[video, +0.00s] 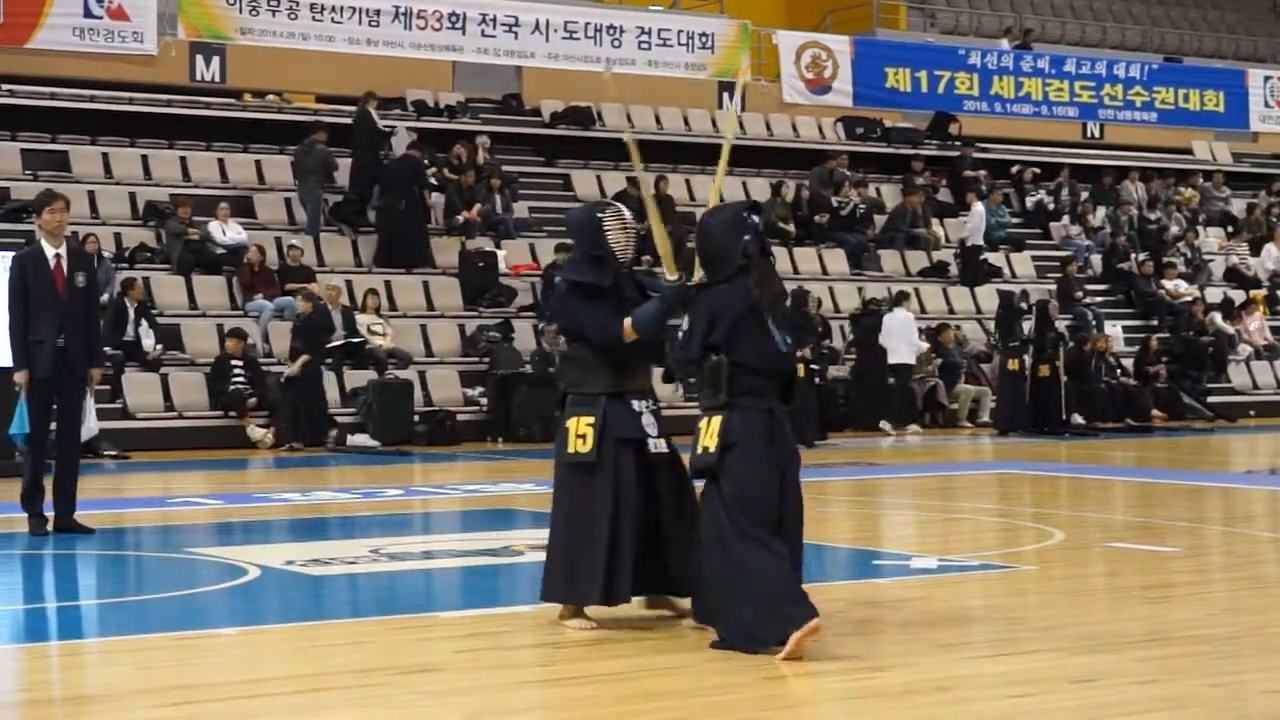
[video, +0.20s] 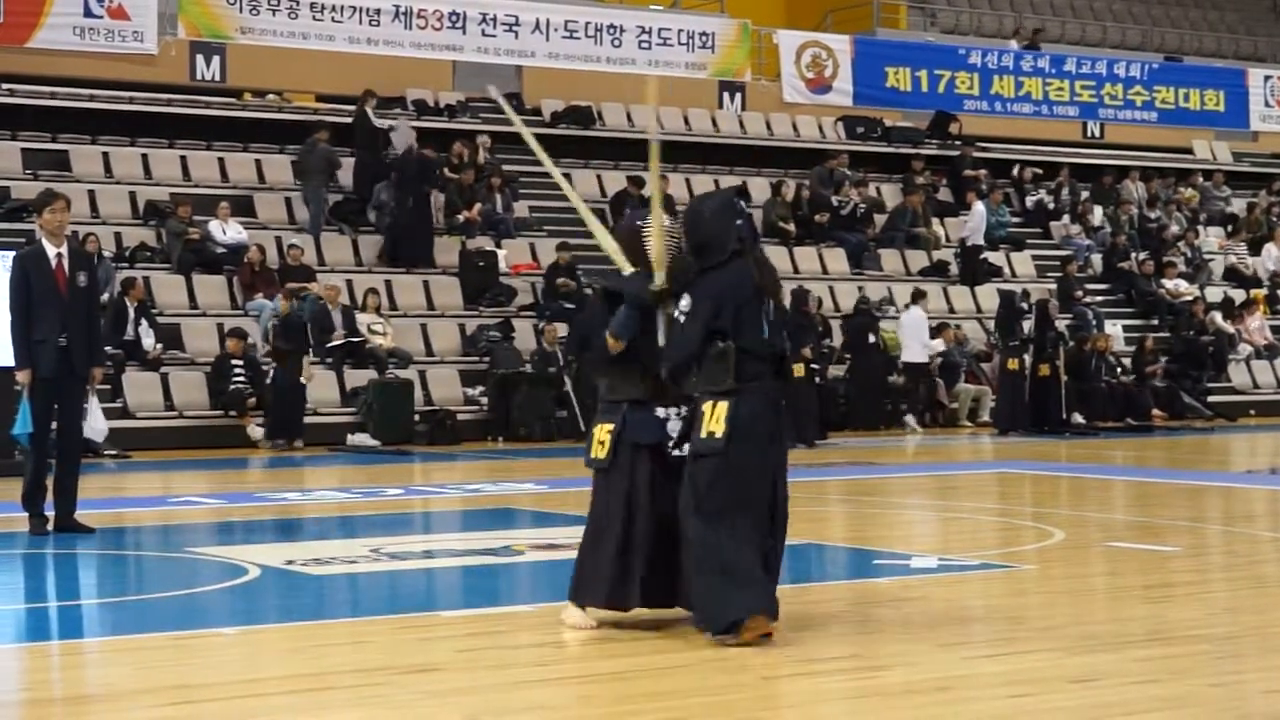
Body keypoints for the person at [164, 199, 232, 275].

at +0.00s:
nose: (185, 210)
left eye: (188, 208)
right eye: (182, 208)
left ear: (191, 210)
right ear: (176, 210)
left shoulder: (195, 223)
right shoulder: (171, 223)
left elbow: (206, 235)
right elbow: (178, 230)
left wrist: (196, 236)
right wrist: (197, 232)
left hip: (200, 250)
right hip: (182, 251)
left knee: (215, 262)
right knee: (186, 263)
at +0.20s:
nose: (186, 210)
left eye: (188, 207)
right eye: (182, 206)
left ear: (191, 209)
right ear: (176, 209)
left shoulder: (194, 223)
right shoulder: (171, 222)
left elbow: (206, 234)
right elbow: (178, 230)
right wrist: (197, 231)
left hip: (200, 250)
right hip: (182, 250)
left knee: (216, 260)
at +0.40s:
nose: (186, 210)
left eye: (188, 207)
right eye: (183, 207)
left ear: (191, 209)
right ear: (177, 209)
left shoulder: (195, 223)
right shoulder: (172, 222)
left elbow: (206, 234)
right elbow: (178, 230)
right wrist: (197, 231)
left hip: (201, 250)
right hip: (183, 251)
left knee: (216, 260)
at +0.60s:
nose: (186, 210)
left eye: (188, 207)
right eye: (183, 207)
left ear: (191, 210)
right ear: (176, 210)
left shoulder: (194, 223)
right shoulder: (171, 223)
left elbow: (206, 234)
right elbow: (179, 231)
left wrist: (198, 236)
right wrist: (197, 231)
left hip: (200, 249)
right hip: (182, 250)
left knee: (215, 260)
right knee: (187, 262)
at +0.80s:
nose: (185, 211)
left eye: (187, 208)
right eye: (182, 208)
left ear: (190, 211)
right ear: (176, 211)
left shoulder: (193, 224)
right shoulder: (170, 223)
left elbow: (205, 235)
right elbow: (178, 231)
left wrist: (196, 237)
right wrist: (196, 232)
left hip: (199, 250)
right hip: (181, 251)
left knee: (215, 261)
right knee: (186, 263)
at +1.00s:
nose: (185, 211)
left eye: (187, 208)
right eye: (182, 208)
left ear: (190, 211)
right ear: (176, 211)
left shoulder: (193, 224)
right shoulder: (170, 223)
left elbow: (205, 235)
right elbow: (176, 231)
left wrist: (197, 237)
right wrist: (195, 232)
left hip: (199, 250)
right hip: (181, 251)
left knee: (214, 261)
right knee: (186, 264)